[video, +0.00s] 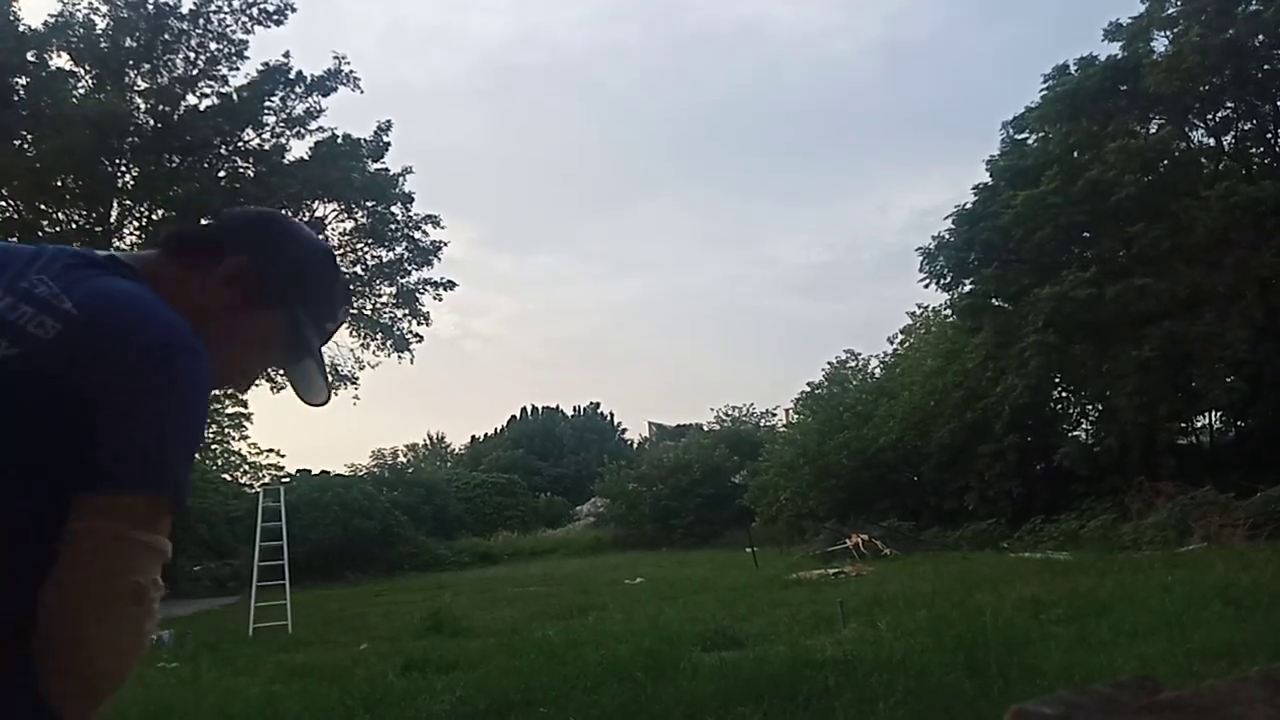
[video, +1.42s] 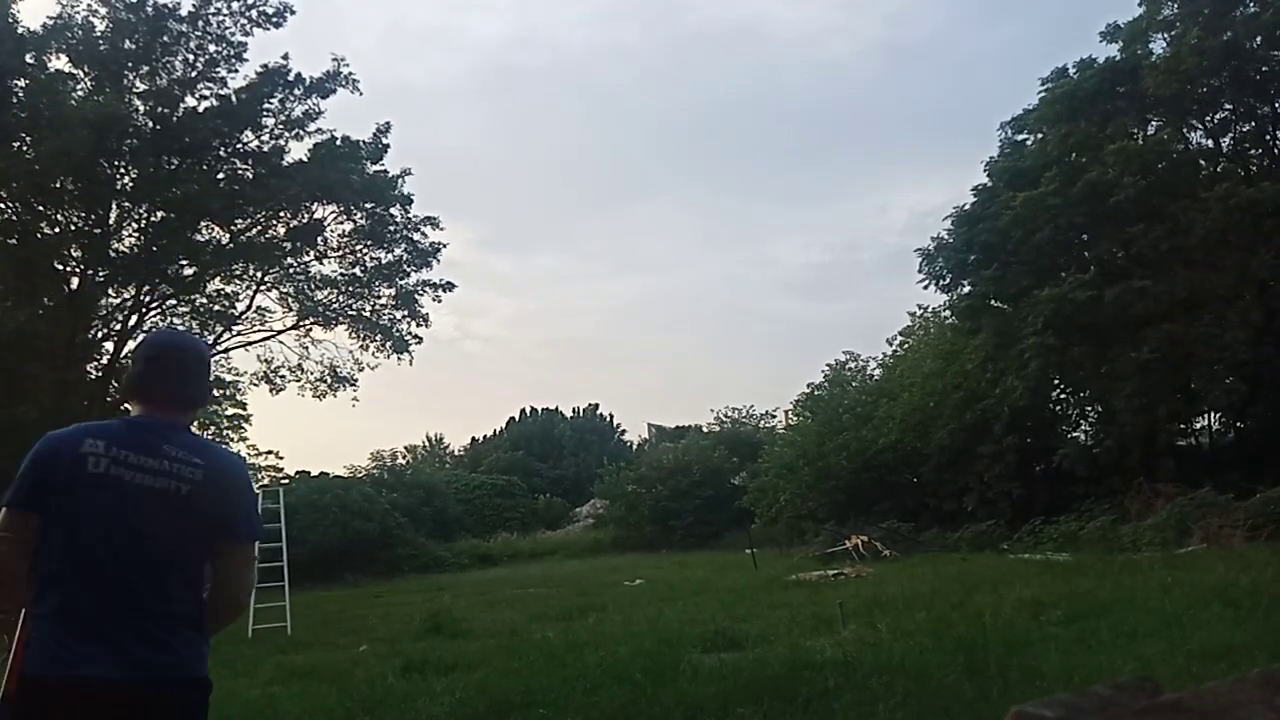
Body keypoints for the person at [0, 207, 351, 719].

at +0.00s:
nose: (251, 384)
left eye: (273, 369)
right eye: (271, 357)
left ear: (228, 277)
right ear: (231, 283)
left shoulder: (16, 262)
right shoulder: (159, 350)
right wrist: (69, 704)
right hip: (13, 695)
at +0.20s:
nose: (279, 380)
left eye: (297, 367)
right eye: (298, 356)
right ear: (278, 297)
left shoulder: (28, 271)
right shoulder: (200, 346)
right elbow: (157, 582)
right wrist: (113, 698)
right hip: (42, 689)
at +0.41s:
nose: (278, 353)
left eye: (293, 345)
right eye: (291, 336)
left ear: (213, 254)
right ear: (285, 298)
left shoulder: (36, 294)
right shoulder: (212, 346)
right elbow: (201, 567)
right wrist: (150, 685)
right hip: (77, 681)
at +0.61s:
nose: (251, 339)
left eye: (261, 328)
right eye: (258, 320)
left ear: (166, 269)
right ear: (243, 298)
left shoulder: (30, 324)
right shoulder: (206, 355)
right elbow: (224, 555)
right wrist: (191, 650)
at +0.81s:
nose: (203, 344)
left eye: (206, 332)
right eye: (204, 330)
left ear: (105, 308)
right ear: (196, 324)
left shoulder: (11, 376)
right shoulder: (198, 392)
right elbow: (231, 570)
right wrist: (184, 668)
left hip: (15, 678)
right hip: (136, 682)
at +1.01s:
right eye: (181, 328)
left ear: (81, 325)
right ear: (174, 334)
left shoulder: (11, 392)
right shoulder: (193, 404)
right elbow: (223, 561)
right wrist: (171, 632)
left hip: (19, 661)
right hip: (145, 670)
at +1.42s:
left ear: (131, 386)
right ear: (203, 397)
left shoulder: (58, 449)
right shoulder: (228, 472)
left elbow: (11, 566)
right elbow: (233, 599)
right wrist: (173, 634)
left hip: (57, 676)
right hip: (168, 685)